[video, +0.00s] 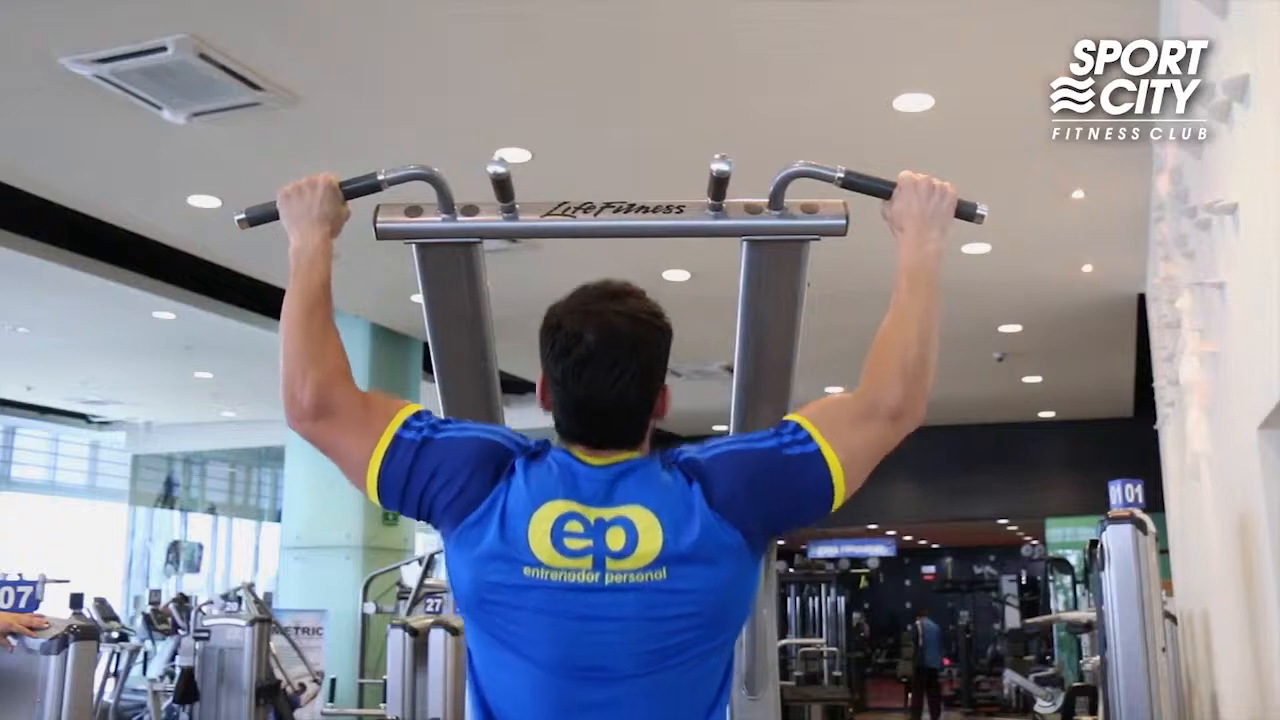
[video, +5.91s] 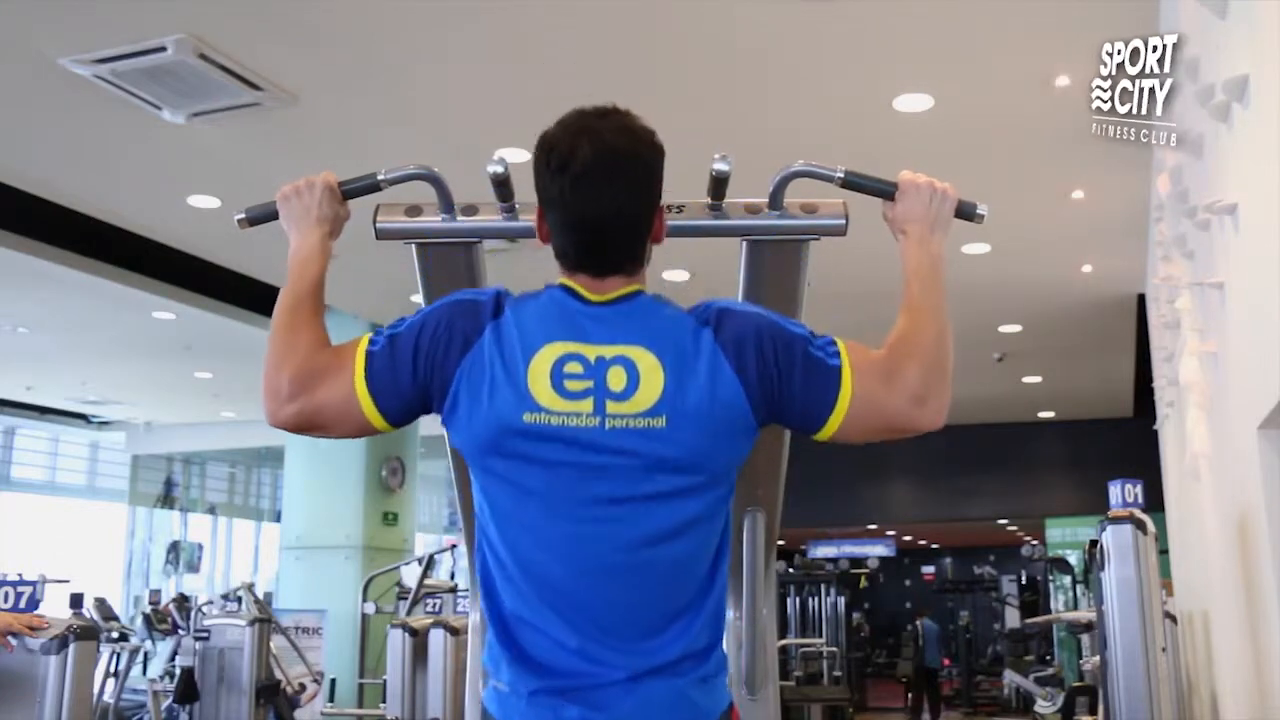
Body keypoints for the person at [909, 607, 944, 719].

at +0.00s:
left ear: (917, 615)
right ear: (927, 614)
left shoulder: (917, 625)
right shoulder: (935, 626)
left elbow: (917, 644)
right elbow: (938, 645)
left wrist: (914, 659)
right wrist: (938, 660)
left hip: (921, 664)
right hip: (934, 664)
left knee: (917, 692)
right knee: (934, 692)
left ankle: (916, 714)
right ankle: (935, 715)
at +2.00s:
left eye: (917, 616)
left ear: (917, 615)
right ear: (927, 615)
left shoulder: (917, 626)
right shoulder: (935, 626)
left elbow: (917, 644)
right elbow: (938, 645)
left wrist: (914, 659)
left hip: (921, 664)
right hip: (934, 664)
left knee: (918, 692)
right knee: (933, 692)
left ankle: (916, 714)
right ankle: (935, 715)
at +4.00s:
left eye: (917, 616)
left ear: (917, 615)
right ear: (927, 615)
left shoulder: (917, 625)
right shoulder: (935, 626)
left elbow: (917, 644)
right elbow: (938, 645)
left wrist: (914, 658)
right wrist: (938, 659)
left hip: (921, 664)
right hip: (934, 664)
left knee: (917, 692)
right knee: (933, 692)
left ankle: (916, 715)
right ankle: (935, 715)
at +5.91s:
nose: (916, 618)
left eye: (916, 616)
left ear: (917, 615)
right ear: (928, 614)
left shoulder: (917, 626)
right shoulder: (935, 627)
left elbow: (917, 644)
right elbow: (938, 645)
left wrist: (914, 659)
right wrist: (939, 659)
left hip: (921, 664)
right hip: (934, 664)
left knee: (918, 692)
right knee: (933, 692)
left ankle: (916, 715)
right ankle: (935, 715)